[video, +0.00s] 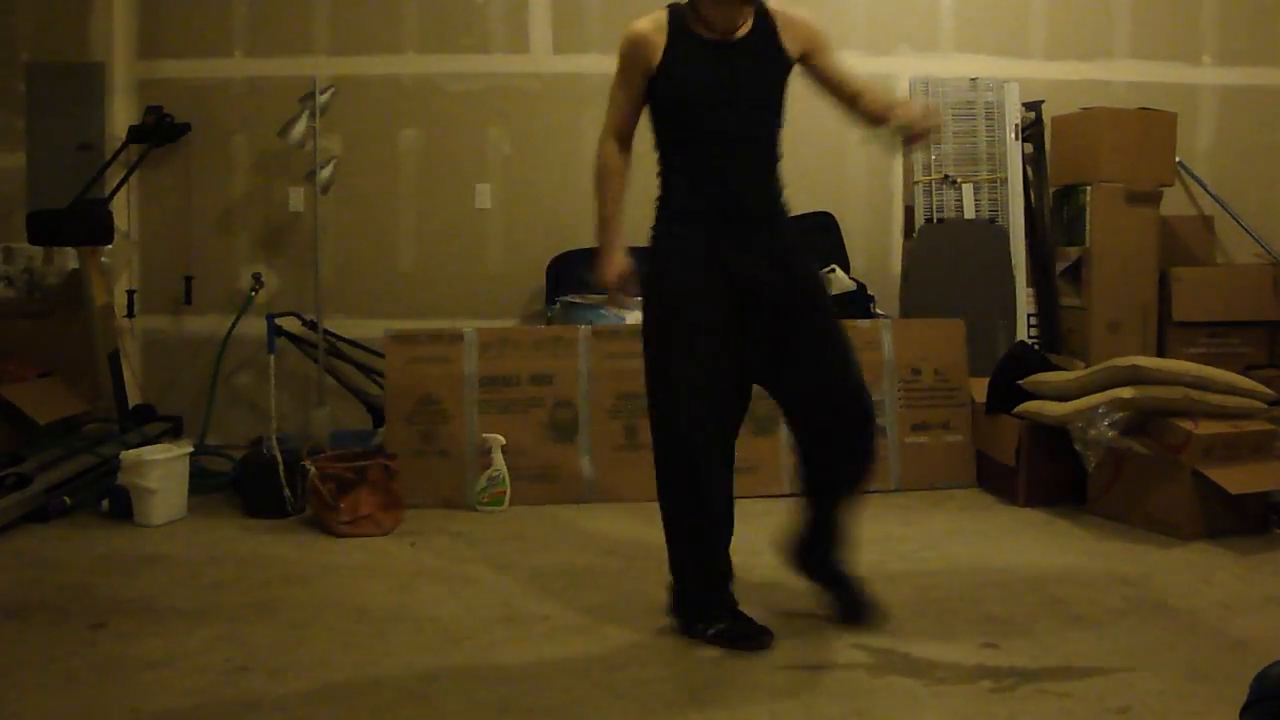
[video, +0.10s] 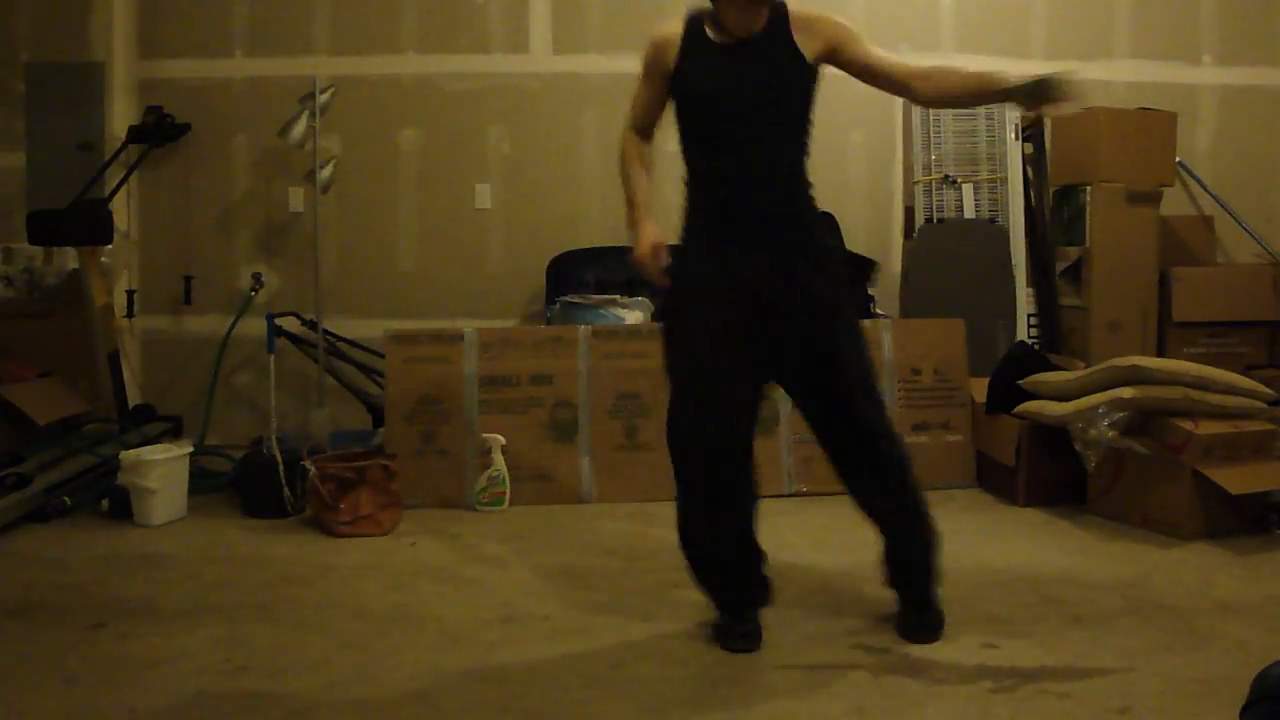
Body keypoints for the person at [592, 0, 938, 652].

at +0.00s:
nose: (731, 9)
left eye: (738, 4)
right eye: (719, 4)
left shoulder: (788, 30)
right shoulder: (650, 40)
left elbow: (857, 96)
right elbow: (616, 139)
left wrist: (899, 113)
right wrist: (610, 244)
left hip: (771, 258)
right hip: (687, 263)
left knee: (842, 415)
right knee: (695, 435)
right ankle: (701, 601)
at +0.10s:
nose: (748, 4)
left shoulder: (810, 31)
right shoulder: (673, 45)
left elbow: (917, 82)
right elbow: (638, 133)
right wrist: (642, 223)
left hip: (798, 262)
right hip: (710, 267)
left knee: (857, 429)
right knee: (706, 444)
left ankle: (915, 578)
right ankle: (735, 603)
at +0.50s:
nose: (728, 9)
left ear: (761, 5)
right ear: (693, 7)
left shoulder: (800, 72)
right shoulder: (679, 73)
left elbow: (855, 171)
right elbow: (632, 154)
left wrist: (753, 196)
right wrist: (650, 179)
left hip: (789, 273)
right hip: (716, 273)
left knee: (751, 437)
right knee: (708, 449)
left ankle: (808, 532)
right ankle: (752, 598)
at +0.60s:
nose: (709, 3)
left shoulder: (781, 41)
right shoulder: (662, 38)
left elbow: (824, 149)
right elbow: (602, 124)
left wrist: (712, 150)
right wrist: (634, 143)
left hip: (772, 248)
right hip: (704, 247)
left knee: (732, 413)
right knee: (687, 408)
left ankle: (765, 583)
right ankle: (716, 573)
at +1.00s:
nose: (625, 13)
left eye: (641, 1)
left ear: (669, 5)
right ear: (598, 1)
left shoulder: (699, 77)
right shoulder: (565, 58)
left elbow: (728, 188)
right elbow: (516, 154)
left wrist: (645, 226)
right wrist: (557, 217)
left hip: (658, 283)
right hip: (580, 278)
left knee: (619, 451)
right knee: (545, 438)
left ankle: (619, 624)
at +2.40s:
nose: (550, 11)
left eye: (561, 5)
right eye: (542, 7)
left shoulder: (641, 25)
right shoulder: (495, 36)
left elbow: (681, 123)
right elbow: (435, 132)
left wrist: (600, 41)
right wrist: (385, 231)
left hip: (611, 265)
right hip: (524, 263)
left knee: (599, 444)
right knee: (519, 433)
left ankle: (527, 609)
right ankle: (498, 621)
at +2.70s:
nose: (541, 2)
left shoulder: (632, 39)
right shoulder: (484, 56)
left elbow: (644, 149)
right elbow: (467, 155)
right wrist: (460, 190)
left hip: (601, 266)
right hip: (516, 265)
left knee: (596, 445)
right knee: (495, 450)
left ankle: (524, 596)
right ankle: (475, 637)